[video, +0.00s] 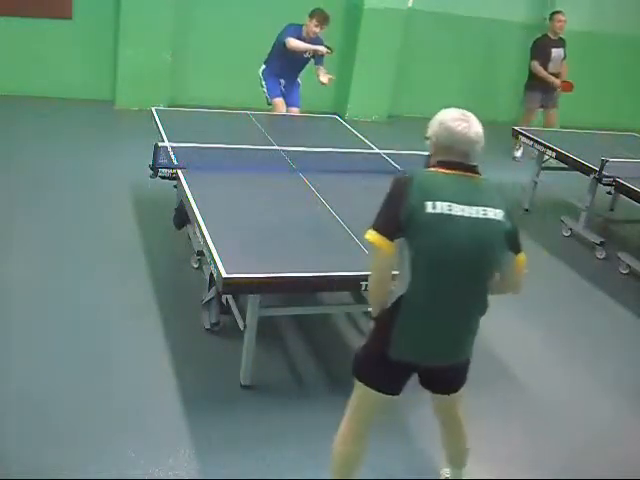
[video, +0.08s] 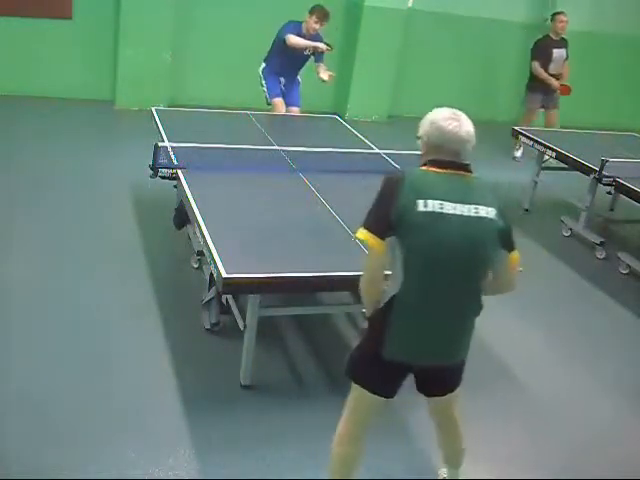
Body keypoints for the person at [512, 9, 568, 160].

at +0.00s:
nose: (561, 24)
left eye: (563, 22)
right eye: (558, 21)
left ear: (565, 24)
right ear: (550, 23)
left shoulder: (561, 42)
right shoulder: (539, 42)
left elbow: (563, 63)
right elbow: (534, 65)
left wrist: (562, 81)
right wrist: (553, 80)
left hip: (552, 85)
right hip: (535, 85)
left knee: (551, 119)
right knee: (529, 116)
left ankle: (546, 150)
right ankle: (519, 144)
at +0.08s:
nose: (563, 25)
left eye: (565, 22)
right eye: (560, 22)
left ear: (566, 25)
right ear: (552, 24)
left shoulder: (564, 43)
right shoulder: (540, 43)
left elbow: (564, 64)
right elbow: (535, 68)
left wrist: (563, 81)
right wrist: (553, 82)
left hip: (553, 85)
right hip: (537, 85)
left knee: (552, 120)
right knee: (529, 116)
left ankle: (547, 151)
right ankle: (519, 144)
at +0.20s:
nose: (568, 27)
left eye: (570, 24)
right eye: (565, 24)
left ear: (572, 26)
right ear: (558, 25)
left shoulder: (570, 45)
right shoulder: (546, 43)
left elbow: (570, 67)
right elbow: (535, 65)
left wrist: (570, 87)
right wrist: (548, 83)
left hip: (559, 86)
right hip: (542, 85)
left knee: (556, 125)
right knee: (533, 120)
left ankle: (549, 154)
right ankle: (521, 145)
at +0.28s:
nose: (571, 30)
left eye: (573, 27)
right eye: (569, 26)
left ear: (574, 28)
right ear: (561, 27)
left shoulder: (574, 47)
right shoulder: (548, 44)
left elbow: (576, 68)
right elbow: (537, 66)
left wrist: (575, 89)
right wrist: (548, 83)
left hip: (562, 91)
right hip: (544, 89)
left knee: (558, 126)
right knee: (533, 121)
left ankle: (549, 154)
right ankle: (522, 144)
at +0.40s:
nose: (575, 35)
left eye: (578, 32)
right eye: (573, 32)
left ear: (580, 32)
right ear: (566, 30)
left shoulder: (579, 48)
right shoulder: (550, 45)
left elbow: (582, 69)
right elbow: (539, 66)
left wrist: (580, 90)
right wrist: (548, 82)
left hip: (566, 92)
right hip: (548, 90)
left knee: (559, 127)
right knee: (538, 122)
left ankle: (549, 155)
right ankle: (522, 144)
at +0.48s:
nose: (577, 34)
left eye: (579, 31)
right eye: (575, 31)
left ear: (581, 32)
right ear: (567, 29)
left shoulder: (581, 49)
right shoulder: (551, 46)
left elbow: (584, 70)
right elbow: (541, 66)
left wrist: (581, 91)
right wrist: (549, 82)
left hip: (567, 93)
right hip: (549, 90)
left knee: (560, 127)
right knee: (539, 123)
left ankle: (549, 155)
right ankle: (526, 146)